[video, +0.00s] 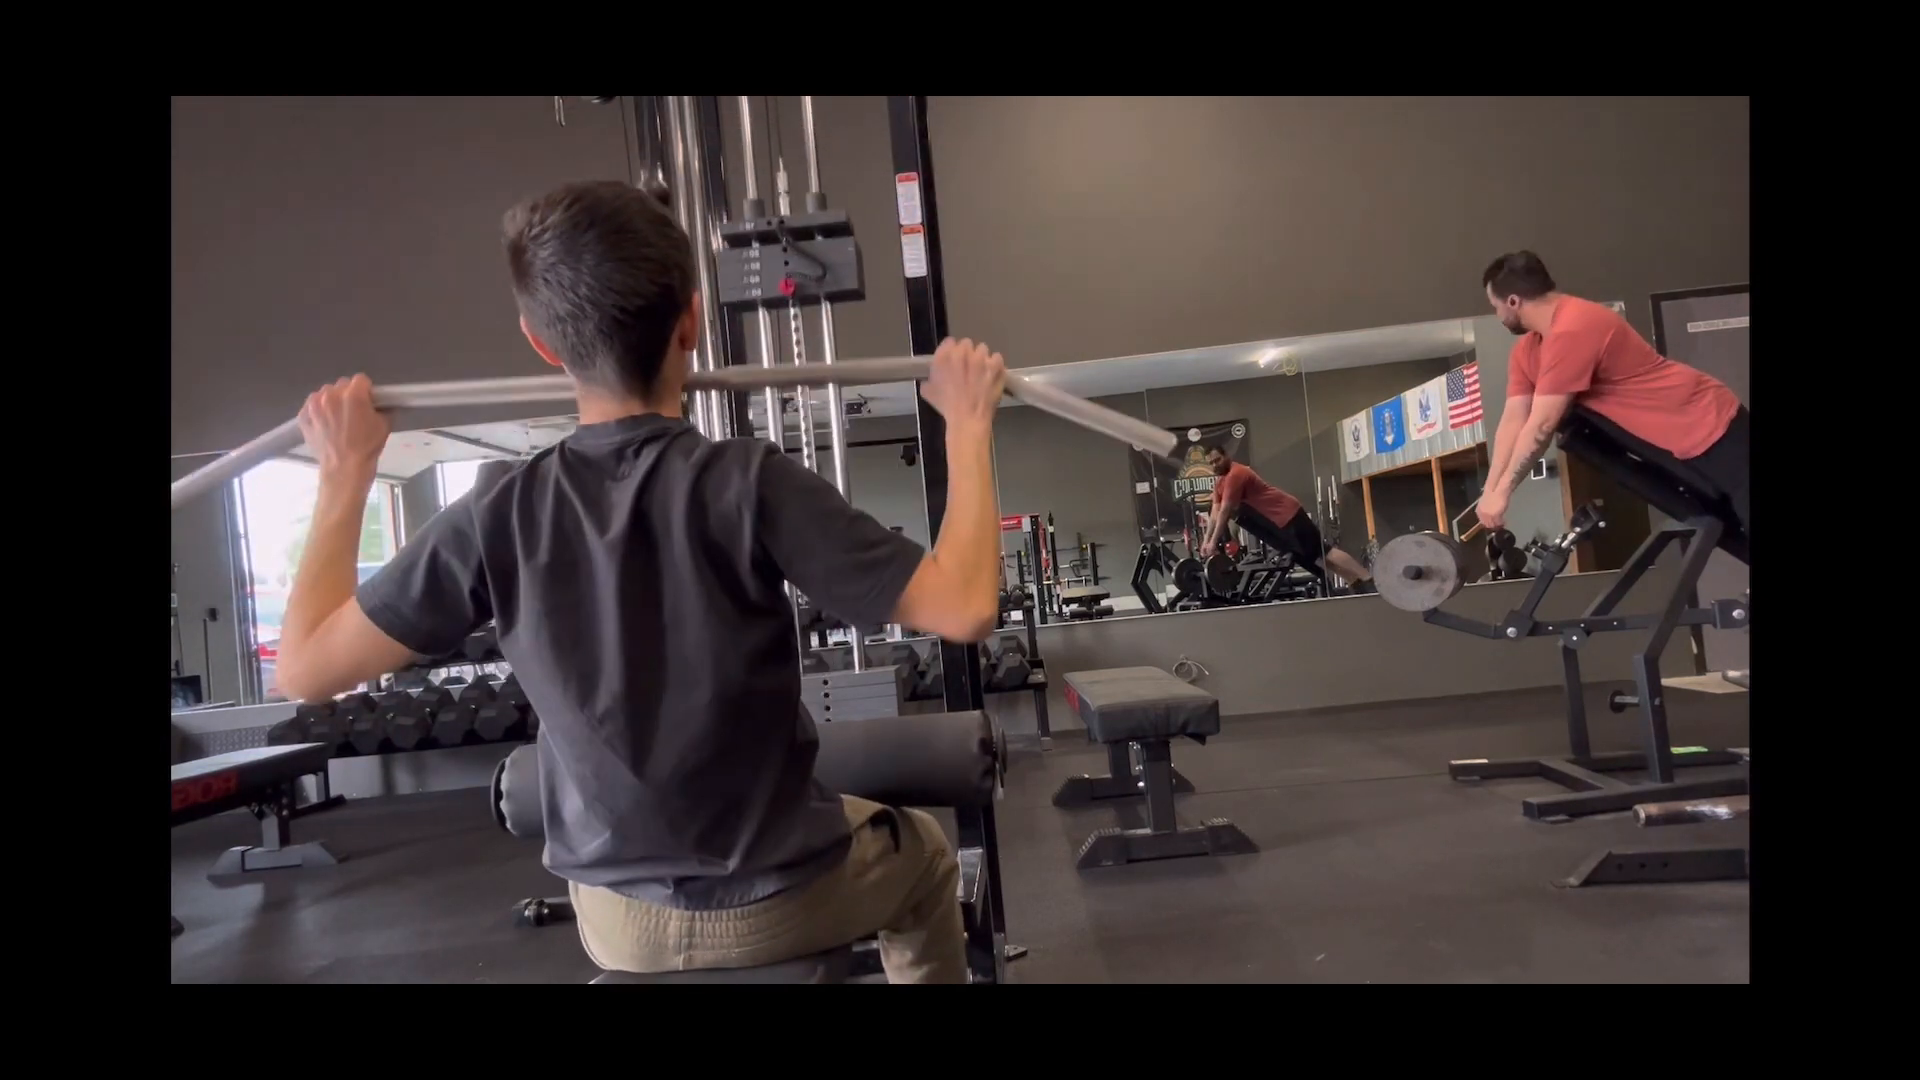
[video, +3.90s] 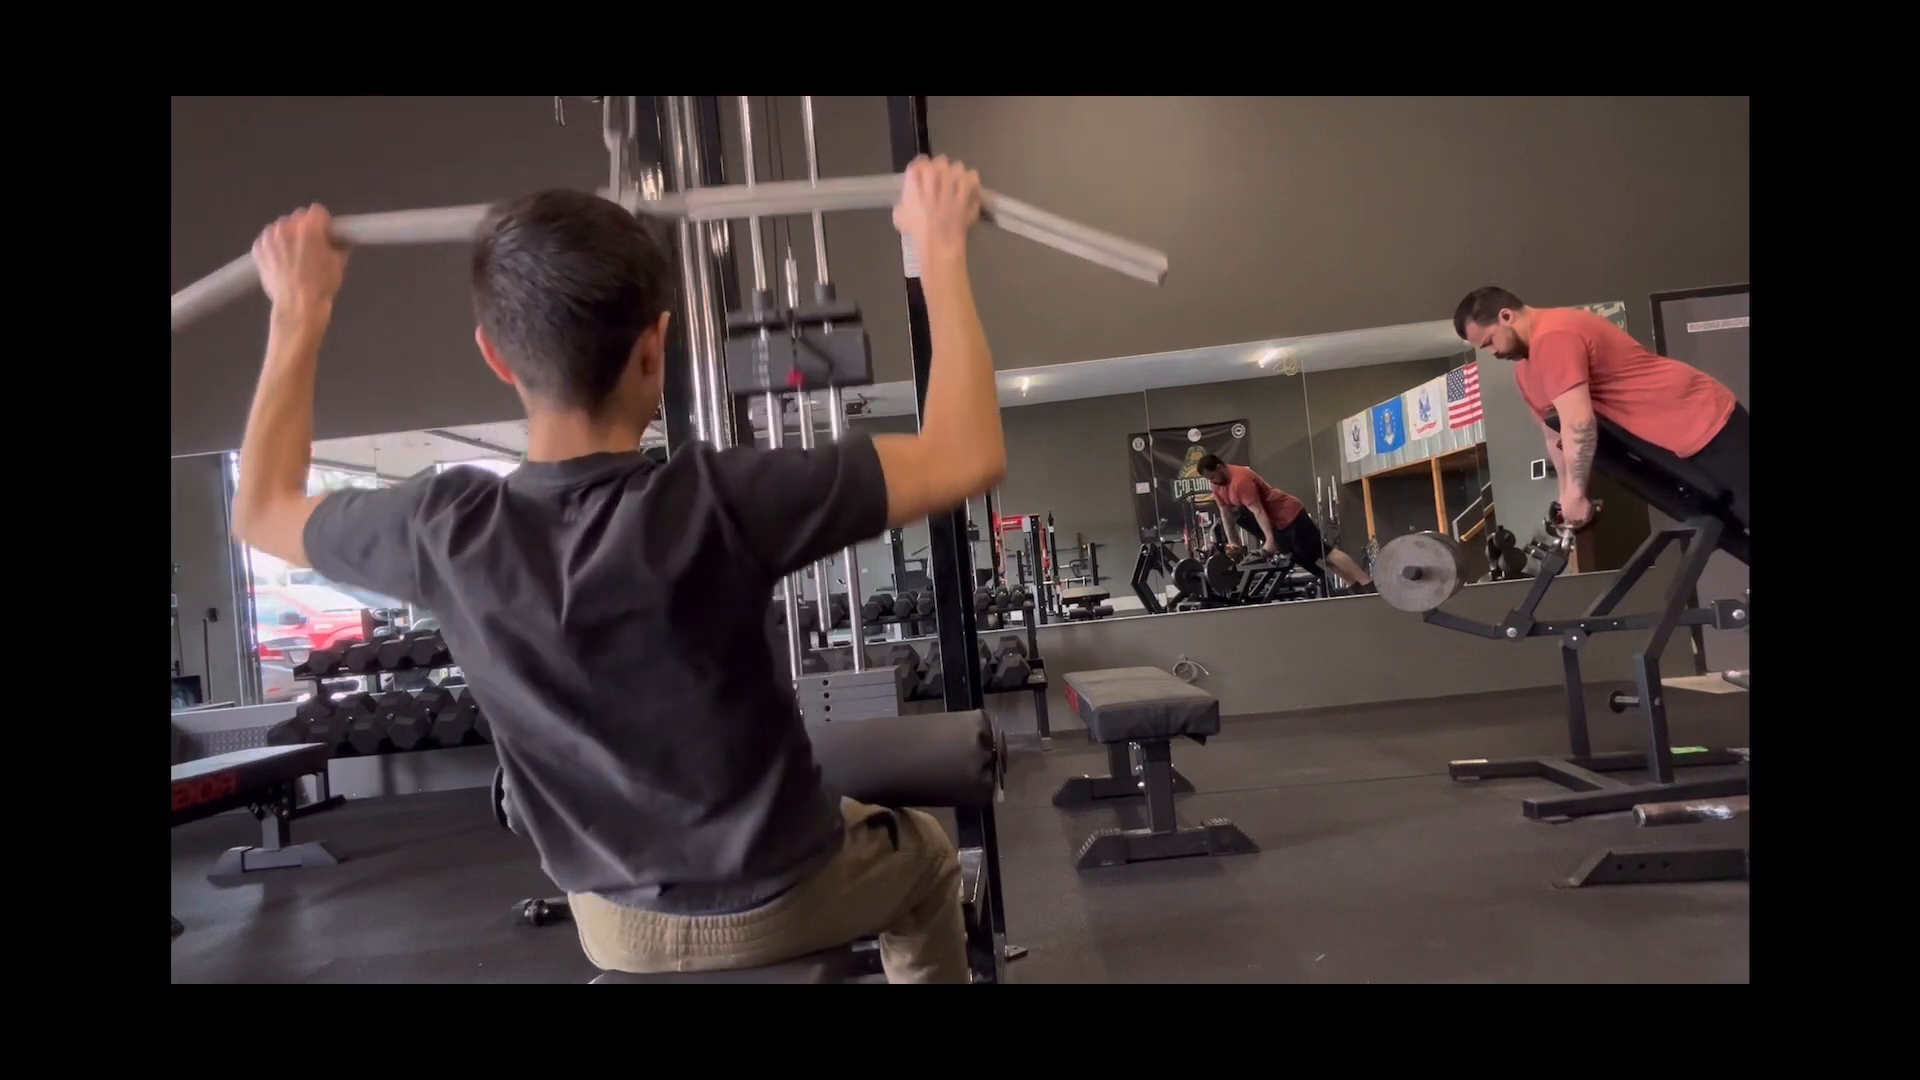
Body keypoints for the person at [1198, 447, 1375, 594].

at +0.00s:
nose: (1215, 464)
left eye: (1217, 459)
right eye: (1211, 462)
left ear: (1226, 456)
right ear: (1209, 466)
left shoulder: (1237, 473)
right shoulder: (1220, 484)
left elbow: (1226, 511)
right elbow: (1215, 512)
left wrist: (1214, 542)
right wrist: (1207, 540)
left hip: (1289, 514)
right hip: (1279, 525)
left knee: (1324, 550)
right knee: (1317, 558)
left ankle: (1368, 579)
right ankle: (1355, 583)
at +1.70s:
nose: (1212, 475)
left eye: (1213, 470)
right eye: (1209, 473)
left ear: (1221, 462)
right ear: (1208, 472)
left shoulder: (1239, 475)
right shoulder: (1220, 485)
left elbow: (1241, 510)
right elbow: (1219, 512)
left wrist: (1233, 541)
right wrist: (1211, 539)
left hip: (1289, 514)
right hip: (1276, 526)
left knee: (1324, 551)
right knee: (1315, 558)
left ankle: (1367, 581)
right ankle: (1354, 583)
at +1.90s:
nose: (1214, 475)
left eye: (1214, 470)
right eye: (1210, 473)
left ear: (1221, 463)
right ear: (1208, 473)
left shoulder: (1240, 475)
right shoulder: (1220, 485)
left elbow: (1257, 505)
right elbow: (1225, 510)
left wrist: (1258, 537)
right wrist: (1223, 538)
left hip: (1289, 514)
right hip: (1274, 525)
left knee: (1323, 551)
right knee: (1313, 559)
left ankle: (1368, 581)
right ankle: (1354, 583)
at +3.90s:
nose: (1213, 480)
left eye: (1213, 474)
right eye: (1209, 478)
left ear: (1221, 466)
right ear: (1206, 477)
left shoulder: (1241, 479)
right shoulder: (1217, 487)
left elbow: (1258, 511)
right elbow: (1226, 514)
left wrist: (1269, 539)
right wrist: (1232, 541)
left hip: (1290, 514)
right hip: (1275, 523)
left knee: (1325, 551)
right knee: (1315, 558)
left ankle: (1368, 583)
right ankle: (1353, 584)